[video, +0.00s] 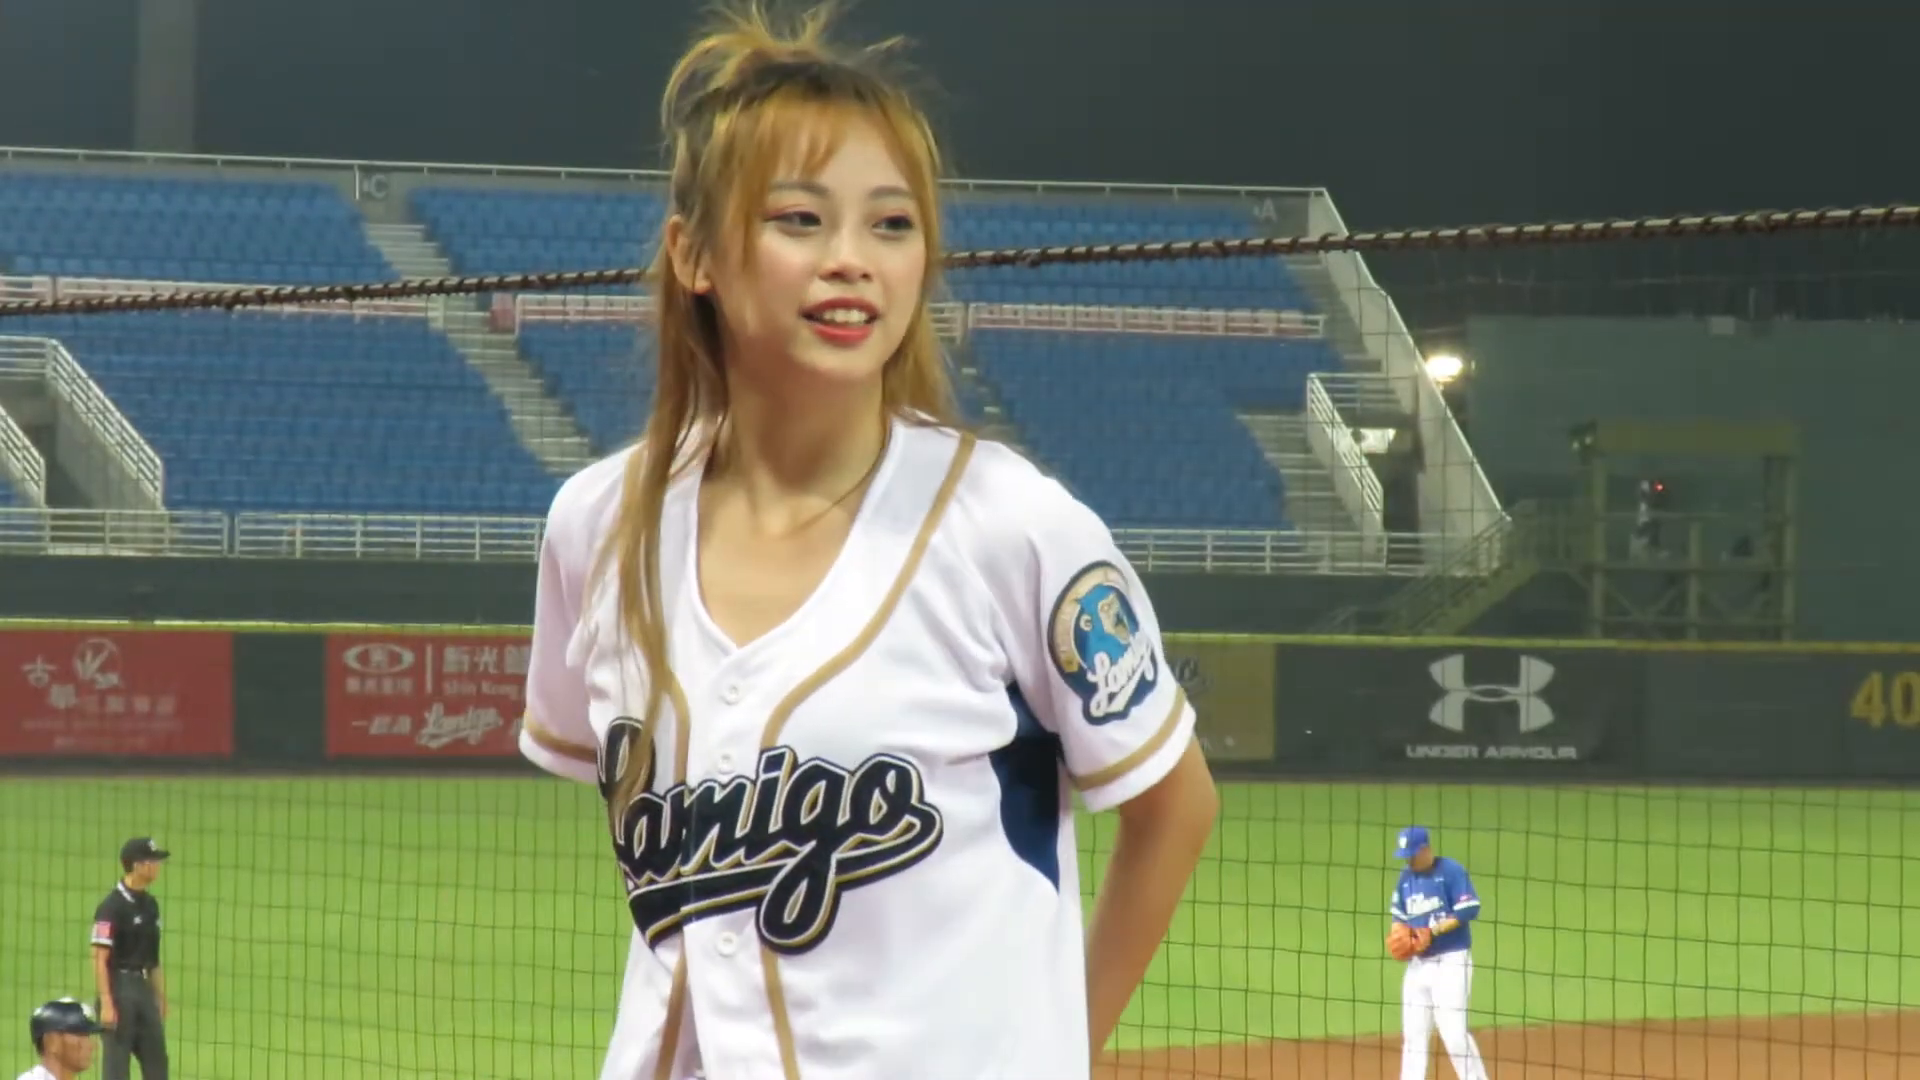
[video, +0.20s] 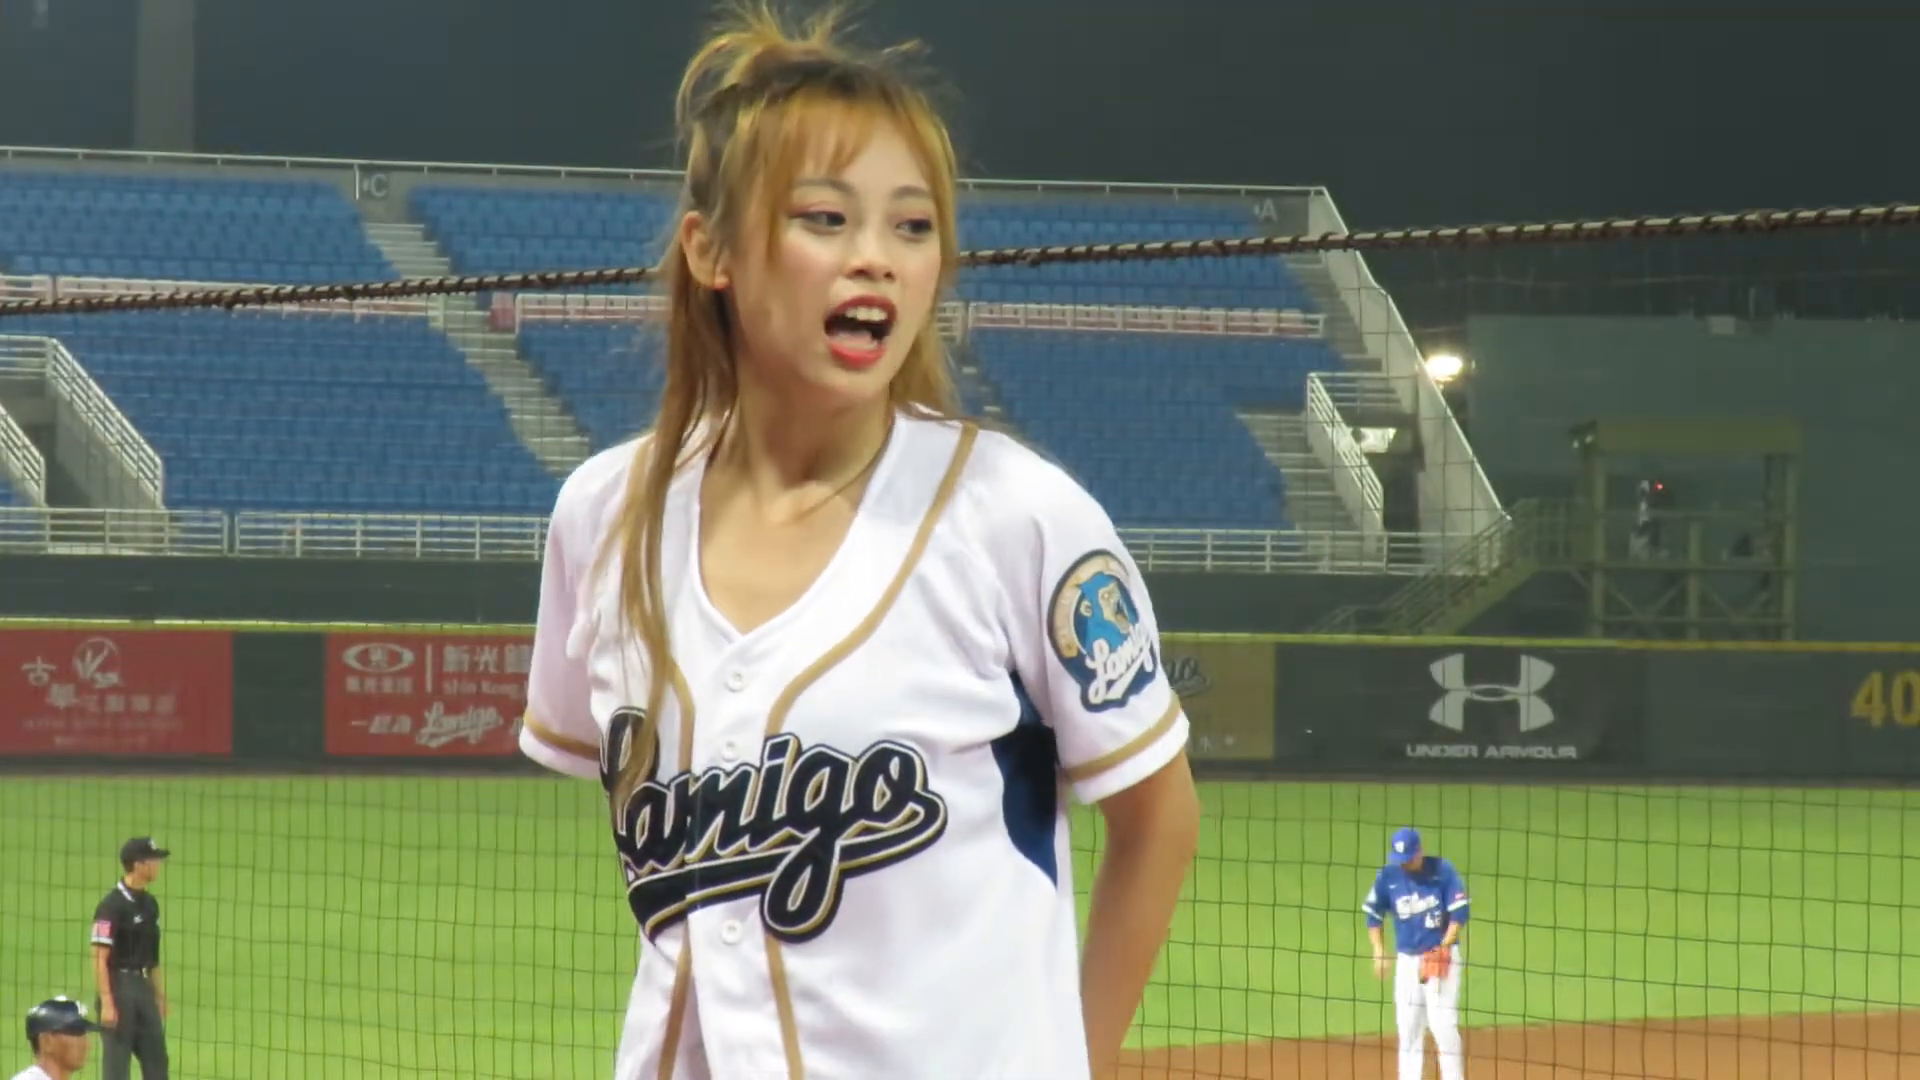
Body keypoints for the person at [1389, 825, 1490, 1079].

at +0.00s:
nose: (1409, 862)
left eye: (1412, 856)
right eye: (1406, 857)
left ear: (1426, 850)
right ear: (1404, 855)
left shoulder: (1450, 870)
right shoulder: (1406, 878)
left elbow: (1470, 909)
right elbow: (1398, 917)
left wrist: (1432, 931)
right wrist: (1399, 937)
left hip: (1451, 961)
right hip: (1419, 962)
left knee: (1453, 1034)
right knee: (1414, 1037)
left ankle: (1477, 1077)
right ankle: (1411, 1078)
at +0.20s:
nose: (1406, 864)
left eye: (1409, 859)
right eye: (1401, 861)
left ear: (1420, 851)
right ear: (1395, 856)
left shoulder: (1443, 870)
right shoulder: (1388, 876)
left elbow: (1460, 911)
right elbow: (1373, 913)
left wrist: (1443, 948)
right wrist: (1379, 952)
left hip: (1442, 957)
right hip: (1407, 960)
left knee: (1443, 1026)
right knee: (1408, 1029)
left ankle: (1453, 1076)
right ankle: (1408, 1076)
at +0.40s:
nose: (1412, 868)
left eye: (1416, 863)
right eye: (1407, 864)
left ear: (1423, 856)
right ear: (1397, 857)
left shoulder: (1440, 873)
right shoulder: (1384, 877)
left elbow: (1457, 915)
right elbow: (1366, 913)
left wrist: (1461, 957)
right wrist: (1373, 954)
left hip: (1436, 960)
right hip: (1401, 962)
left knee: (1431, 1026)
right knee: (1403, 1027)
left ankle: (1430, 1075)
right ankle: (1404, 1074)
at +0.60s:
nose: (1423, 868)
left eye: (1428, 863)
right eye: (1418, 863)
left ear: (1436, 858)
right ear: (1410, 856)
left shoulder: (1448, 877)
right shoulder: (1391, 874)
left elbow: (1464, 920)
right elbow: (1376, 913)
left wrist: (1466, 963)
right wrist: (1379, 952)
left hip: (1433, 962)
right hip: (1398, 961)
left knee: (1429, 1026)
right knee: (1395, 1027)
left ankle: (1427, 1075)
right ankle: (1400, 1075)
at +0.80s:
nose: (1434, 869)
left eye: (1440, 865)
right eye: (1431, 863)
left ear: (1448, 861)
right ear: (1423, 855)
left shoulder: (1457, 881)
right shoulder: (1400, 872)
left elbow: (1468, 925)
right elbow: (1383, 910)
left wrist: (1466, 965)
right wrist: (1387, 951)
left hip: (1436, 965)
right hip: (1400, 961)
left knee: (1429, 1030)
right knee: (1378, 1021)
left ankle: (1427, 1076)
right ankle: (1387, 1076)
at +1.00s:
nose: (1439, 869)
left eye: (1445, 866)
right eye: (1435, 864)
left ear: (1452, 861)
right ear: (1426, 854)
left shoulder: (1459, 880)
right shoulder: (1403, 871)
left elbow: (1472, 922)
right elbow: (1382, 906)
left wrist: (1471, 965)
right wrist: (1389, 941)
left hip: (1436, 965)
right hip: (1399, 961)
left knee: (1430, 1038)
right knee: (1380, 1032)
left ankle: (1426, 1077)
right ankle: (1373, 1076)